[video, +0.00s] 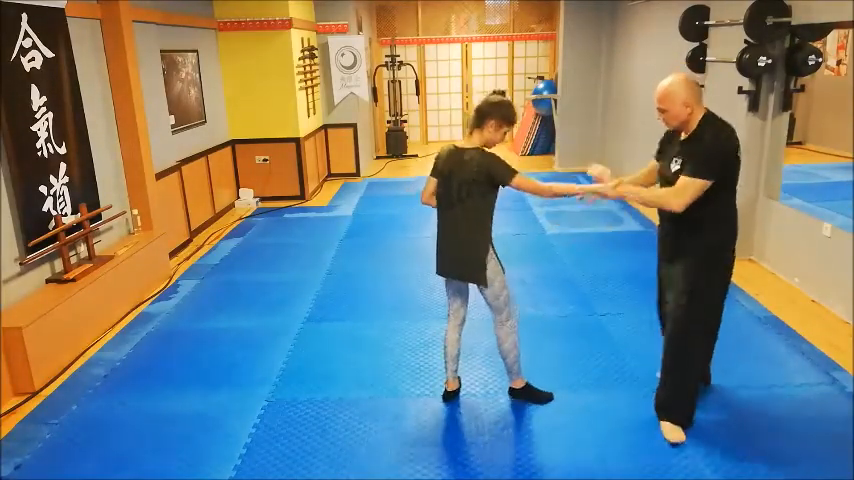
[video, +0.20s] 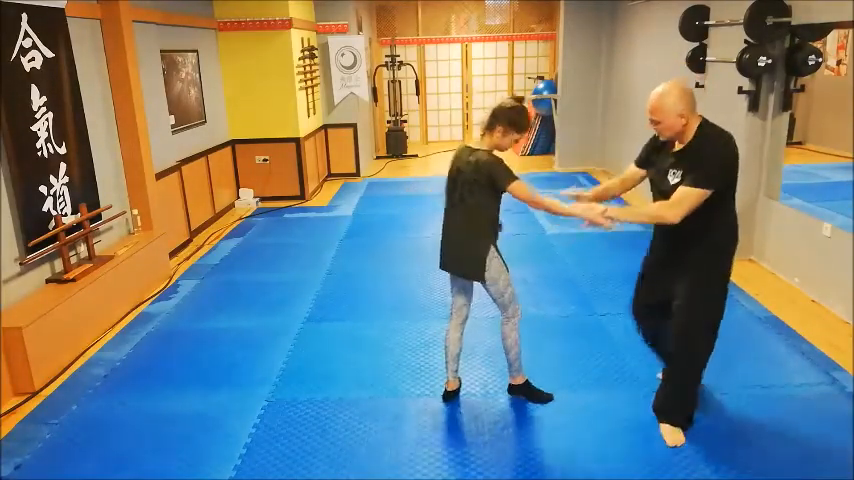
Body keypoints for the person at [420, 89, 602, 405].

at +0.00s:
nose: (504, 137)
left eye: (506, 131)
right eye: (503, 130)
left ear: (479, 124)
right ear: (488, 124)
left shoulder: (446, 156)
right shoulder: (490, 163)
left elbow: (427, 197)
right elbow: (541, 189)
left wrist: (458, 202)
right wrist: (579, 189)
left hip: (448, 250)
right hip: (478, 251)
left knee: (455, 315)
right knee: (504, 315)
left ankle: (450, 384)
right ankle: (517, 383)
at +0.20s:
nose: (516, 143)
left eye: (519, 138)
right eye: (516, 136)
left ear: (491, 128)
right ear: (499, 130)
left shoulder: (461, 155)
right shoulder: (492, 165)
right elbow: (535, 201)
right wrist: (580, 212)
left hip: (453, 247)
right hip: (481, 249)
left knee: (457, 314)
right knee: (510, 311)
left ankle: (451, 383)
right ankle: (517, 381)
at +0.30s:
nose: (526, 147)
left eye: (529, 142)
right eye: (525, 141)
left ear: (503, 134)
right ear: (506, 134)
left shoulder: (475, 155)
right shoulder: (496, 167)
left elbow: (475, 194)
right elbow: (537, 209)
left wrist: (501, 210)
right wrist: (577, 222)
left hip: (463, 244)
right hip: (484, 247)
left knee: (462, 313)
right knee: (519, 308)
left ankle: (451, 382)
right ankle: (519, 378)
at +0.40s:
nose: (531, 155)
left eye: (535, 151)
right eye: (529, 150)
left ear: (513, 137)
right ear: (513, 140)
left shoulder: (492, 154)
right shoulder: (504, 168)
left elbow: (503, 189)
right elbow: (528, 213)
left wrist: (521, 212)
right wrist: (566, 228)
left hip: (477, 243)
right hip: (490, 247)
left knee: (481, 306)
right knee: (523, 308)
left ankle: (454, 374)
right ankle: (520, 378)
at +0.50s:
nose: (531, 163)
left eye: (537, 158)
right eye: (527, 156)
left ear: (543, 153)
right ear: (514, 148)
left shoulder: (524, 170)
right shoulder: (504, 175)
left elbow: (528, 202)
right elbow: (522, 221)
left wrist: (534, 219)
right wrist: (556, 243)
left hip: (508, 239)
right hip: (490, 240)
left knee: (509, 306)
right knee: (523, 310)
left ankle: (465, 352)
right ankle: (522, 376)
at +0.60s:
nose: (528, 181)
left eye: (534, 176)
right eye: (522, 176)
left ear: (541, 168)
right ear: (512, 168)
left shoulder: (536, 177)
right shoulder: (502, 188)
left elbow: (543, 203)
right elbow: (515, 240)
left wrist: (545, 222)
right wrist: (548, 262)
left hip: (525, 236)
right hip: (496, 240)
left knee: (533, 300)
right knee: (519, 310)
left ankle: (489, 338)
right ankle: (528, 373)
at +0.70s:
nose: (521, 213)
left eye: (526, 209)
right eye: (517, 209)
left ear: (536, 196)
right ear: (508, 200)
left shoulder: (542, 185)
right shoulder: (496, 206)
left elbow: (555, 192)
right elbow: (502, 262)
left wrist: (552, 228)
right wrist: (540, 279)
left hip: (534, 244)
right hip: (504, 253)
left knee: (537, 305)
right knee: (519, 319)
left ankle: (517, 334)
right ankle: (530, 372)